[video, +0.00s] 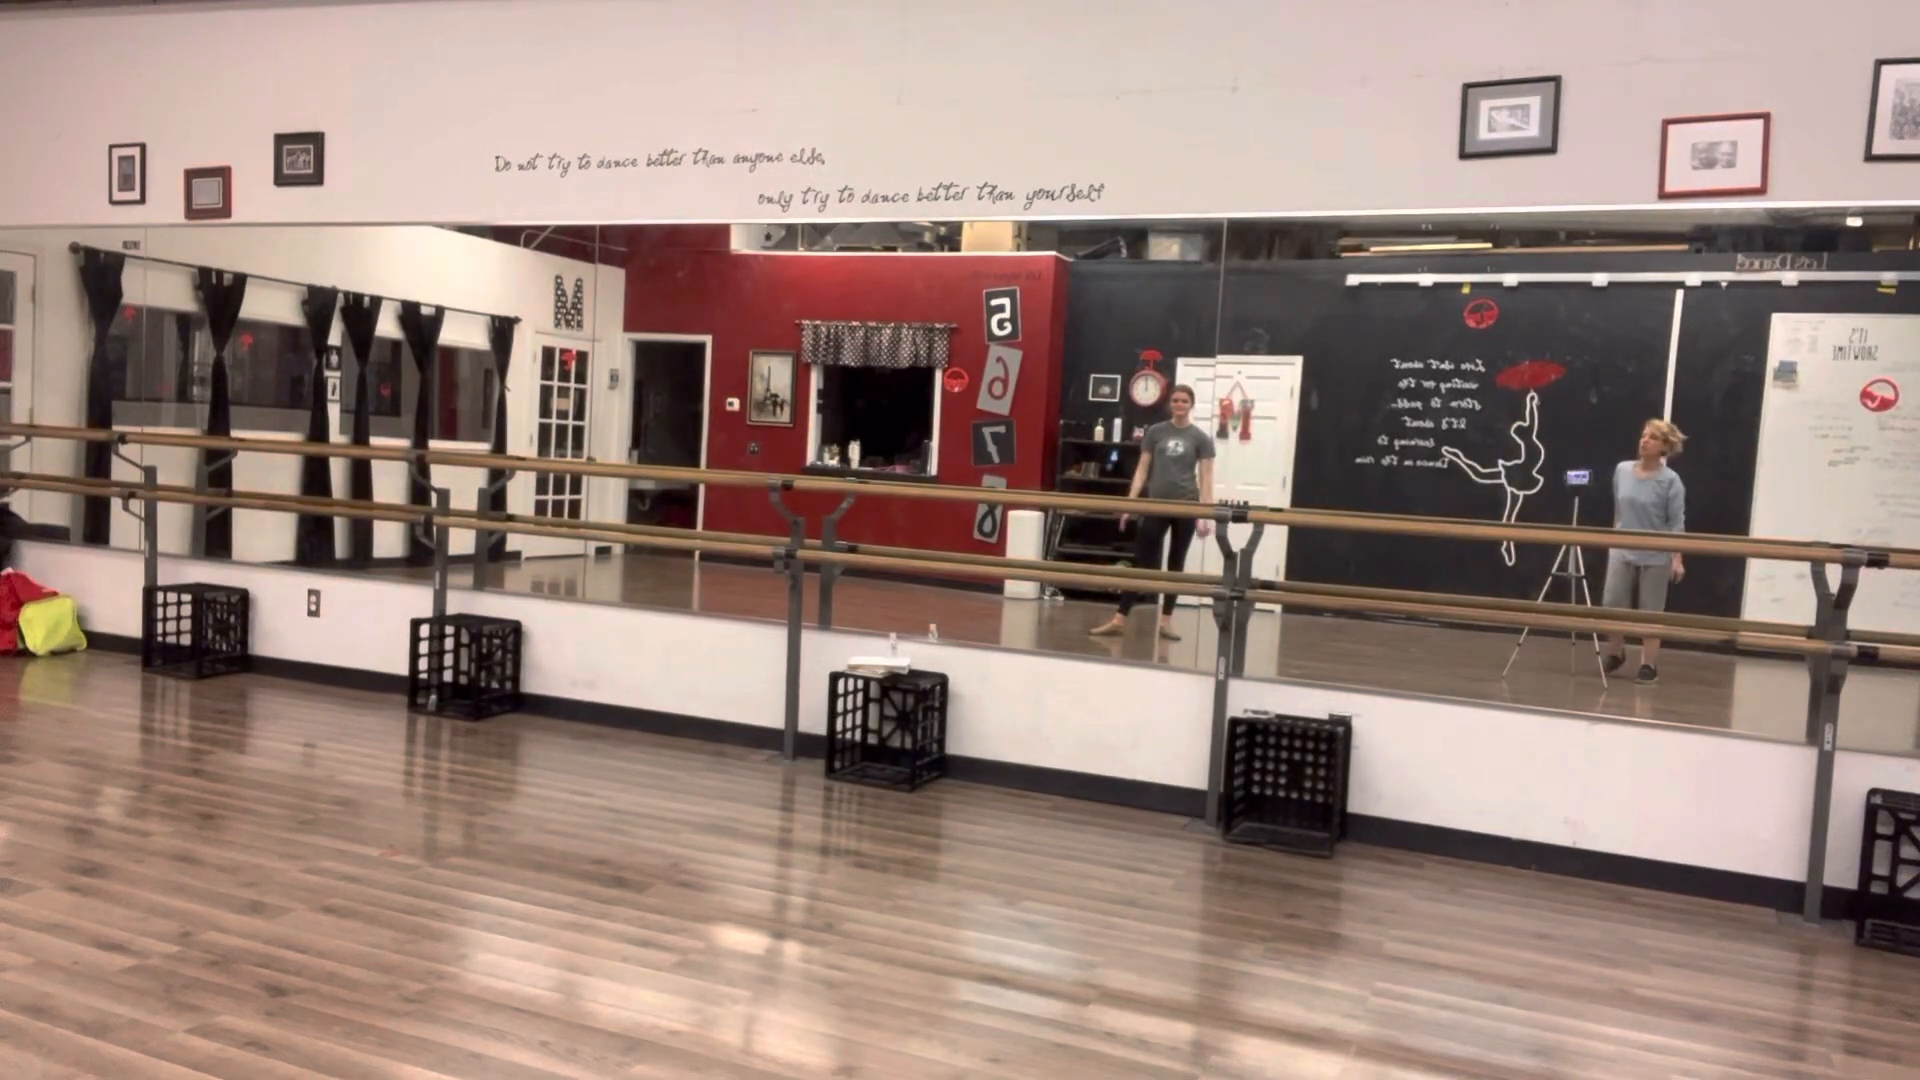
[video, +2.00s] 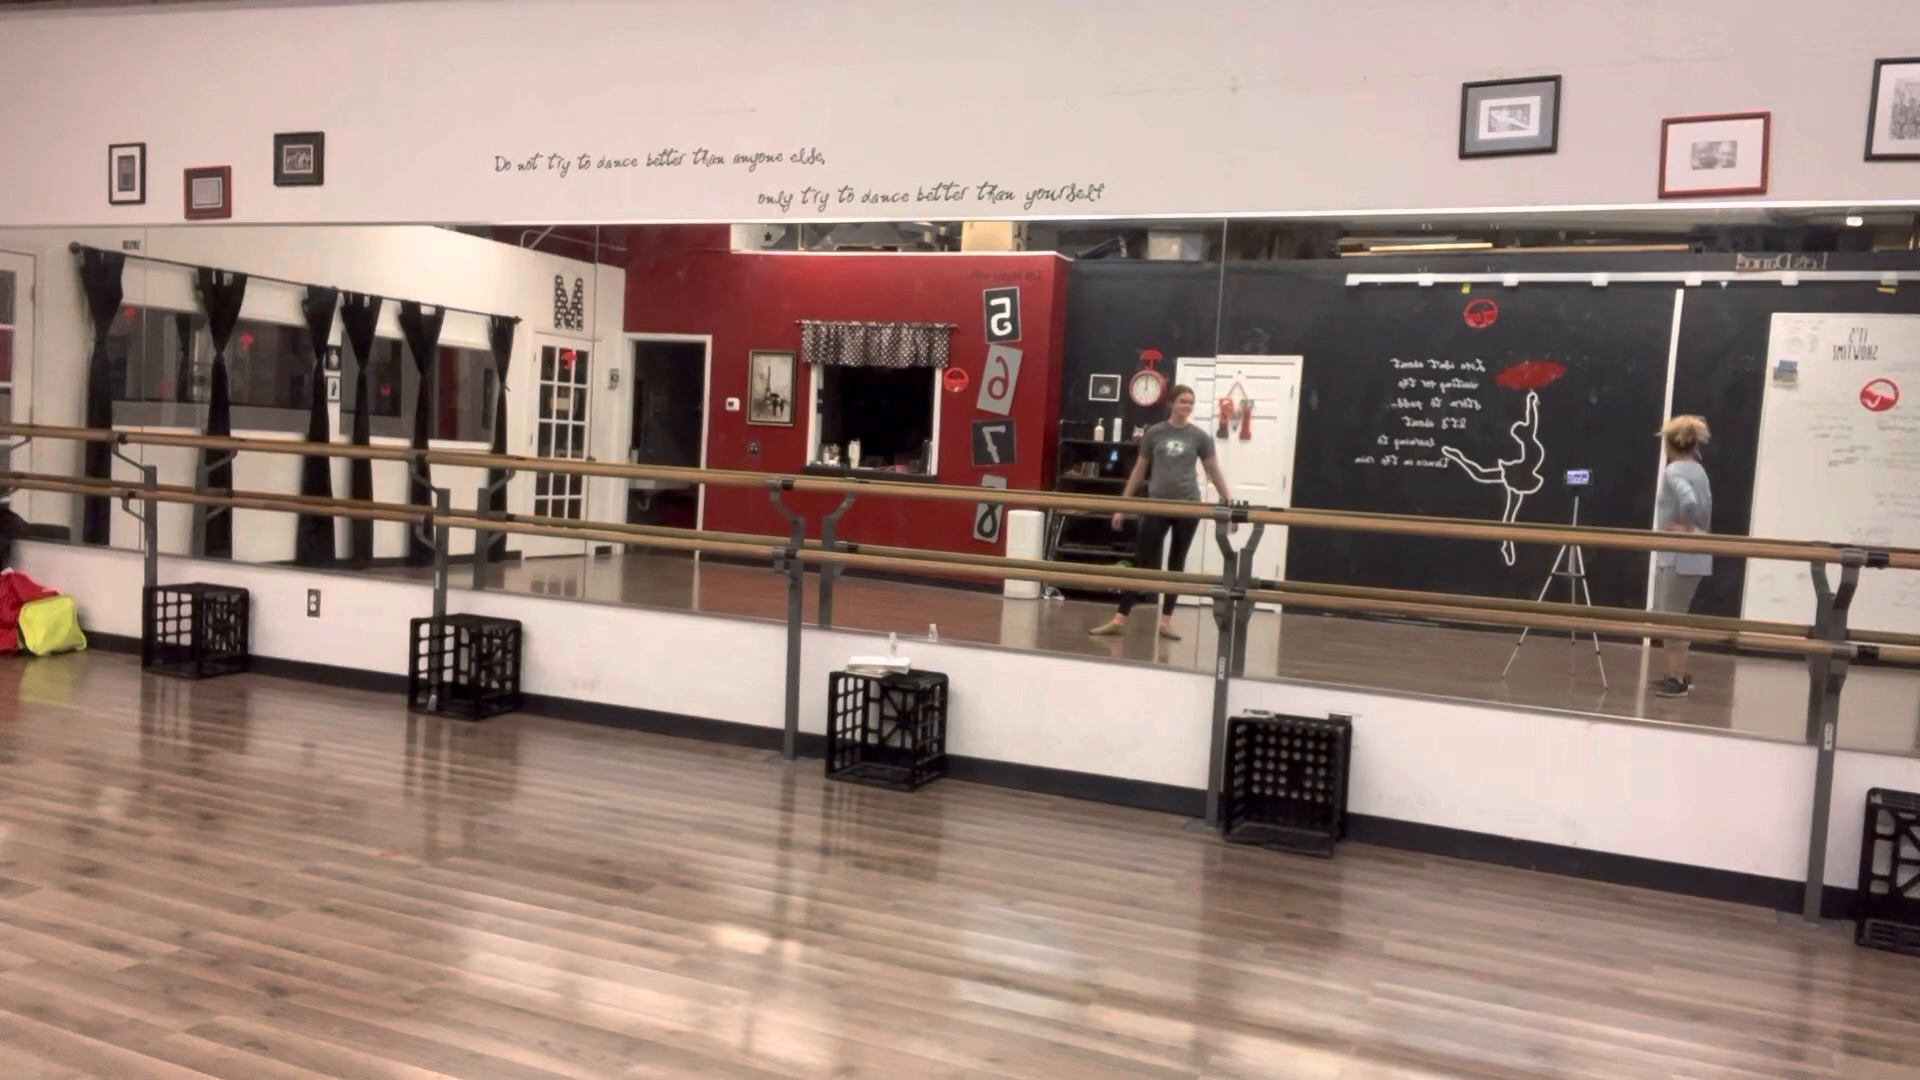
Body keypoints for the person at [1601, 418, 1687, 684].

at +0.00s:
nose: (1645, 441)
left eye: (1653, 438)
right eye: (1644, 436)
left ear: (1665, 447)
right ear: (1639, 440)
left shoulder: (1671, 481)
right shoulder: (1622, 470)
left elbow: (1677, 522)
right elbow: (1618, 509)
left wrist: (1676, 557)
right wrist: (1615, 540)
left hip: (1656, 554)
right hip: (1622, 550)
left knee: (1651, 611)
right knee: (1611, 603)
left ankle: (1648, 662)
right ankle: (1615, 651)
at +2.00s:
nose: (1665, 446)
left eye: (1666, 441)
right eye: (1667, 441)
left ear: (1670, 443)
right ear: (1695, 444)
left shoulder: (1675, 471)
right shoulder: (1699, 471)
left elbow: (1689, 501)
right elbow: (1703, 506)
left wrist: (1684, 524)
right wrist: (1692, 527)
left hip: (1678, 558)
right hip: (1695, 558)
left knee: (1671, 619)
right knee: (1677, 618)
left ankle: (1675, 676)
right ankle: (1680, 673)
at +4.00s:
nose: (1632, 450)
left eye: (1639, 445)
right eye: (1628, 444)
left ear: (1651, 446)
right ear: (1623, 445)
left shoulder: (1665, 471)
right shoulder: (1622, 470)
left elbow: (1701, 495)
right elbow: (1614, 484)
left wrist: (1677, 525)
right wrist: (1625, 460)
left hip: (1656, 554)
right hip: (1622, 553)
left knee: (1661, 615)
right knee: (1624, 615)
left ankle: (1672, 675)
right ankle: (1628, 669)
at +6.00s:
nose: (1632, 442)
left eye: (1639, 438)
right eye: (1631, 437)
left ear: (1655, 445)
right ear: (1629, 442)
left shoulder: (1667, 473)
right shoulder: (1628, 477)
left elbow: (1706, 497)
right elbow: (1616, 500)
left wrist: (1684, 526)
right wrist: (1625, 471)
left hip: (1663, 554)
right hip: (1632, 553)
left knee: (1664, 616)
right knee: (1634, 616)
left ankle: (1674, 676)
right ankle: (1628, 670)